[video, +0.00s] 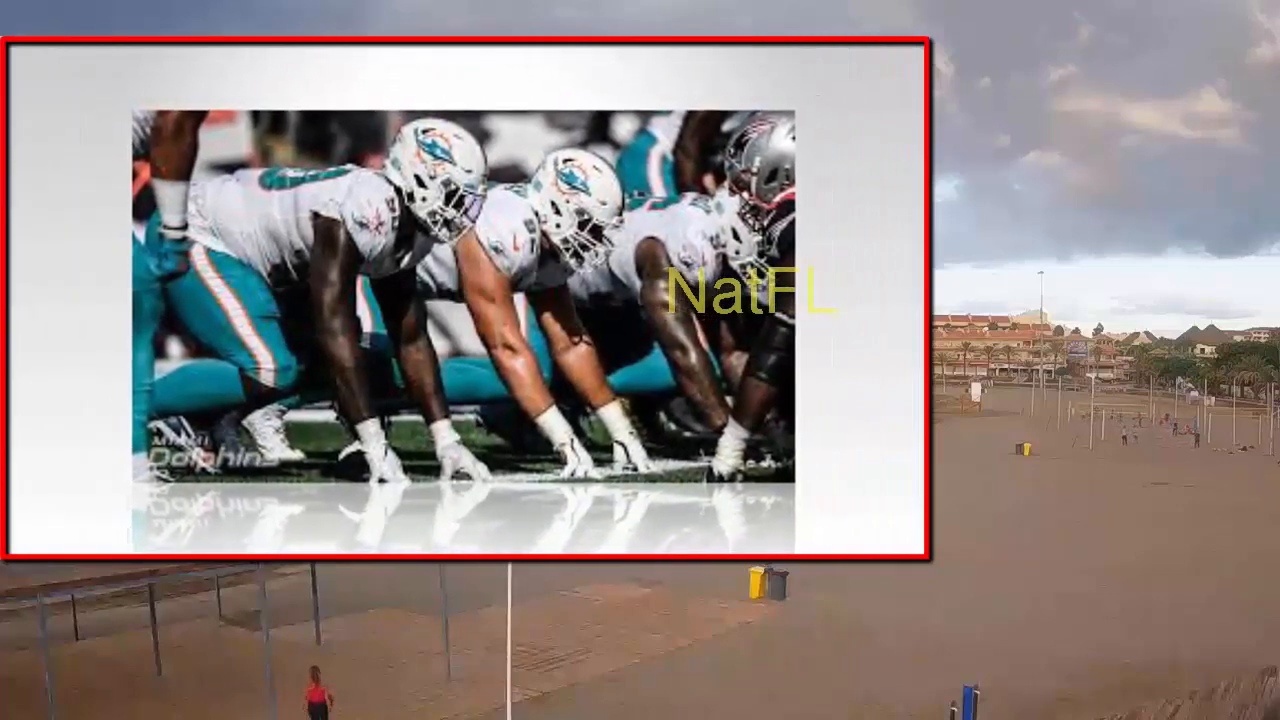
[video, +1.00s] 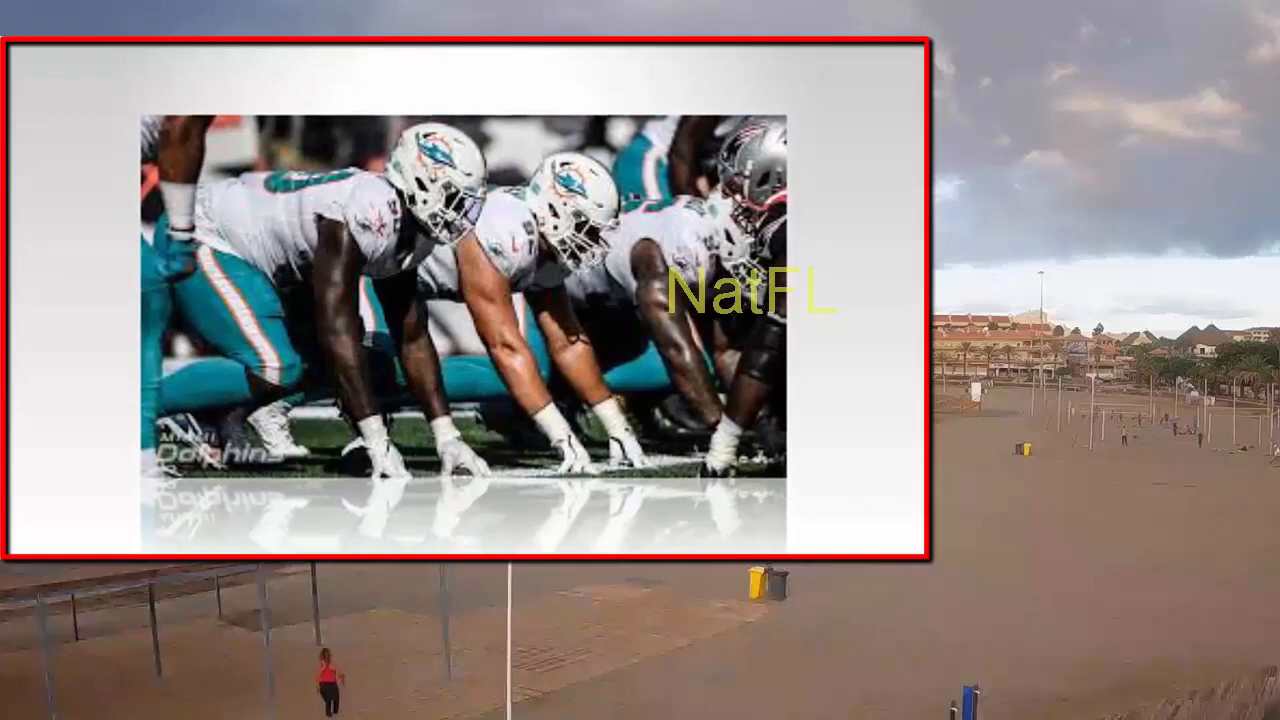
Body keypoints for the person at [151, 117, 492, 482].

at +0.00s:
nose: (459, 206)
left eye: (467, 195)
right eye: (452, 189)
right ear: (419, 170)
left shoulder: (401, 229)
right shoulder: (360, 204)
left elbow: (413, 339)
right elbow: (332, 328)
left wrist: (446, 440)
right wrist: (373, 443)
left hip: (255, 254)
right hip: (202, 239)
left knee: (317, 362)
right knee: (270, 370)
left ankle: (199, 420)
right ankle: (120, 408)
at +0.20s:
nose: (459, 207)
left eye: (466, 196)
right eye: (452, 190)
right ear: (418, 170)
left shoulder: (402, 230)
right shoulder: (361, 206)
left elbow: (413, 339)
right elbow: (333, 328)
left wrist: (446, 440)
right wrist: (374, 442)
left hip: (255, 254)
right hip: (204, 239)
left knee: (314, 362)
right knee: (271, 369)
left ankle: (198, 419)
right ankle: (122, 408)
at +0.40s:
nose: (458, 207)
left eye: (466, 196)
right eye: (452, 191)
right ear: (419, 172)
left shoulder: (402, 228)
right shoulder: (361, 207)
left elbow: (413, 336)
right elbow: (334, 330)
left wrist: (446, 437)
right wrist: (374, 441)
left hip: (259, 256)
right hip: (206, 240)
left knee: (316, 366)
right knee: (273, 369)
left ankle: (206, 415)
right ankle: (127, 407)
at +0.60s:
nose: (458, 208)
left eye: (466, 197)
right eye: (450, 191)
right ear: (417, 173)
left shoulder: (402, 229)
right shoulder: (361, 208)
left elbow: (413, 336)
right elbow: (335, 329)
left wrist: (445, 436)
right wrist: (374, 437)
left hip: (260, 255)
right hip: (206, 240)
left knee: (315, 365)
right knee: (274, 369)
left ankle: (206, 414)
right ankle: (129, 406)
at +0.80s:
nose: (458, 209)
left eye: (465, 197)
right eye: (452, 192)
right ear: (420, 176)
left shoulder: (403, 229)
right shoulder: (361, 208)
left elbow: (413, 335)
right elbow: (335, 329)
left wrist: (446, 435)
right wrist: (376, 439)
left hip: (262, 256)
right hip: (208, 239)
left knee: (324, 362)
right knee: (275, 367)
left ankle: (221, 416)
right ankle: (132, 405)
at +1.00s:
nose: (459, 210)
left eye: (466, 198)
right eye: (452, 193)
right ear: (420, 177)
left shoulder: (403, 230)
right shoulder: (361, 209)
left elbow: (414, 335)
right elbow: (336, 330)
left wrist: (446, 435)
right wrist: (376, 439)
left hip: (262, 256)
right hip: (209, 240)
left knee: (321, 364)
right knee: (276, 368)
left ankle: (211, 415)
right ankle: (132, 404)